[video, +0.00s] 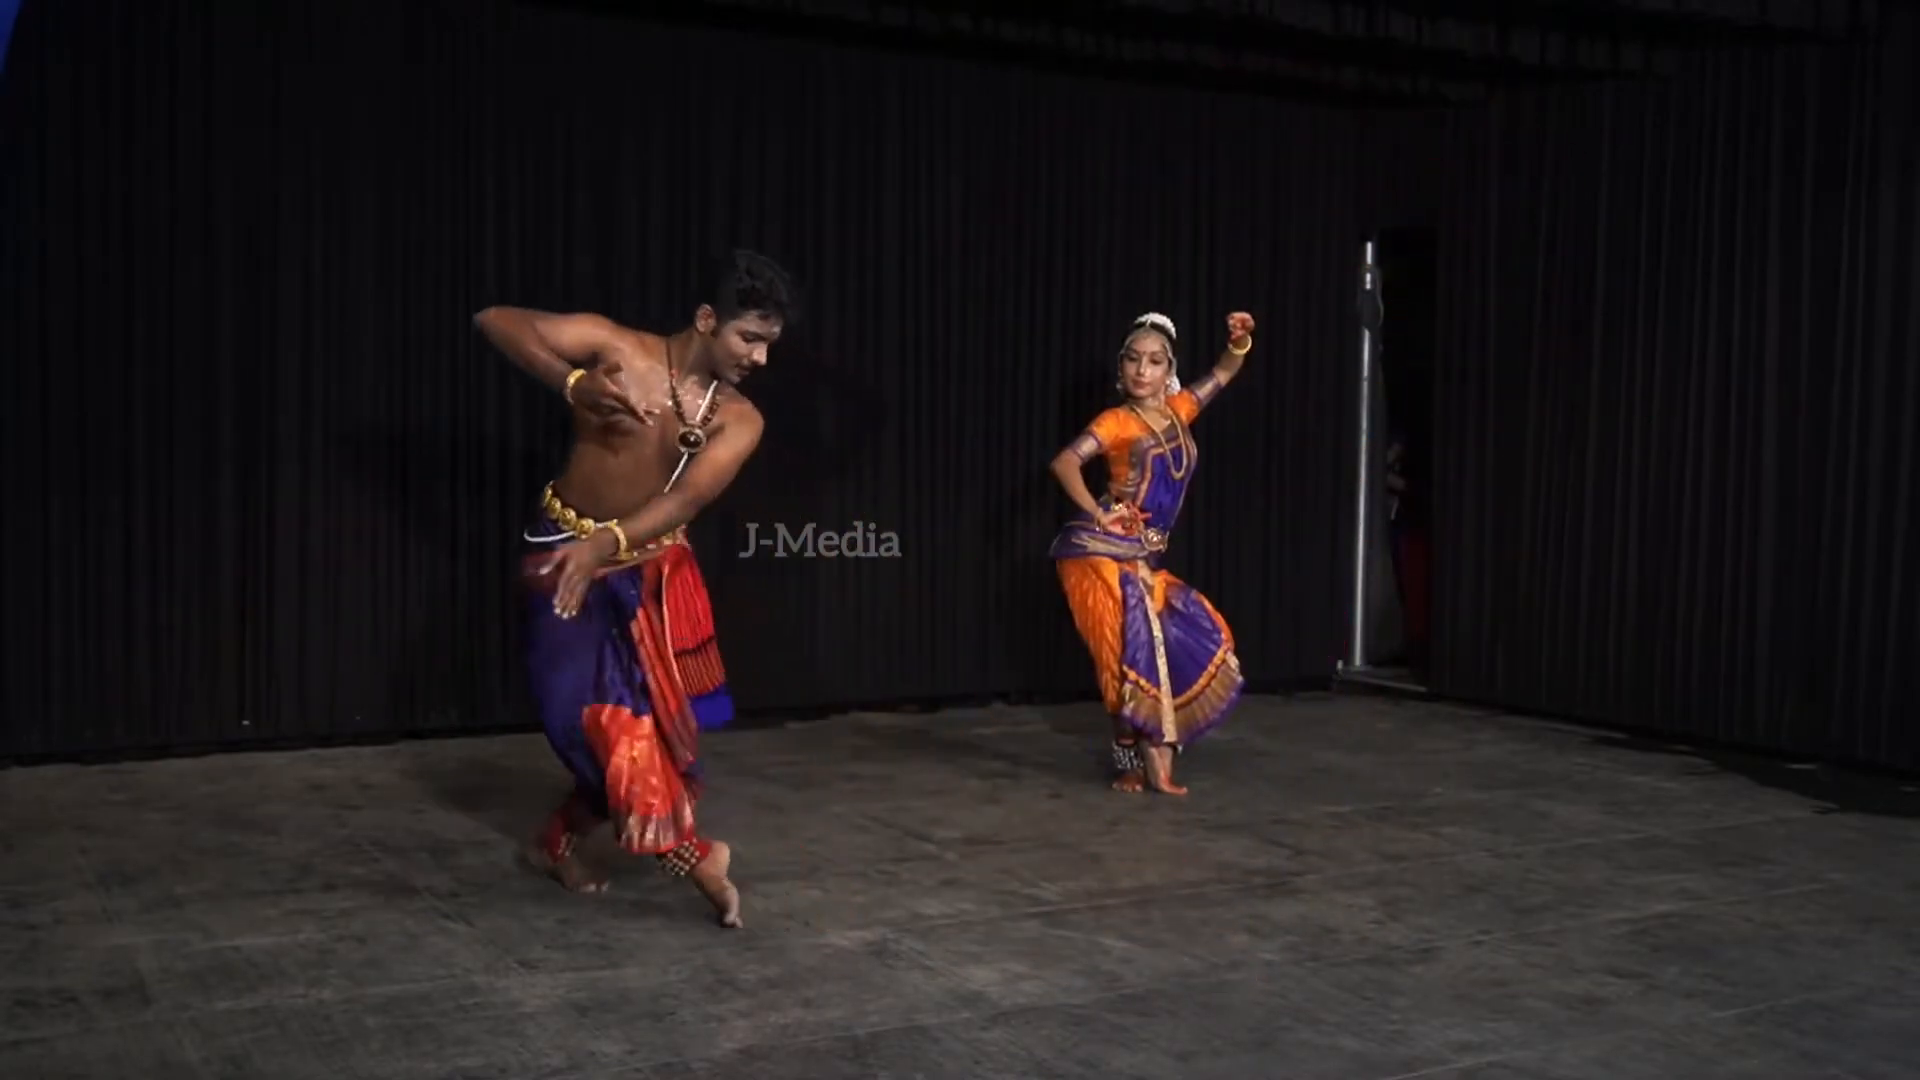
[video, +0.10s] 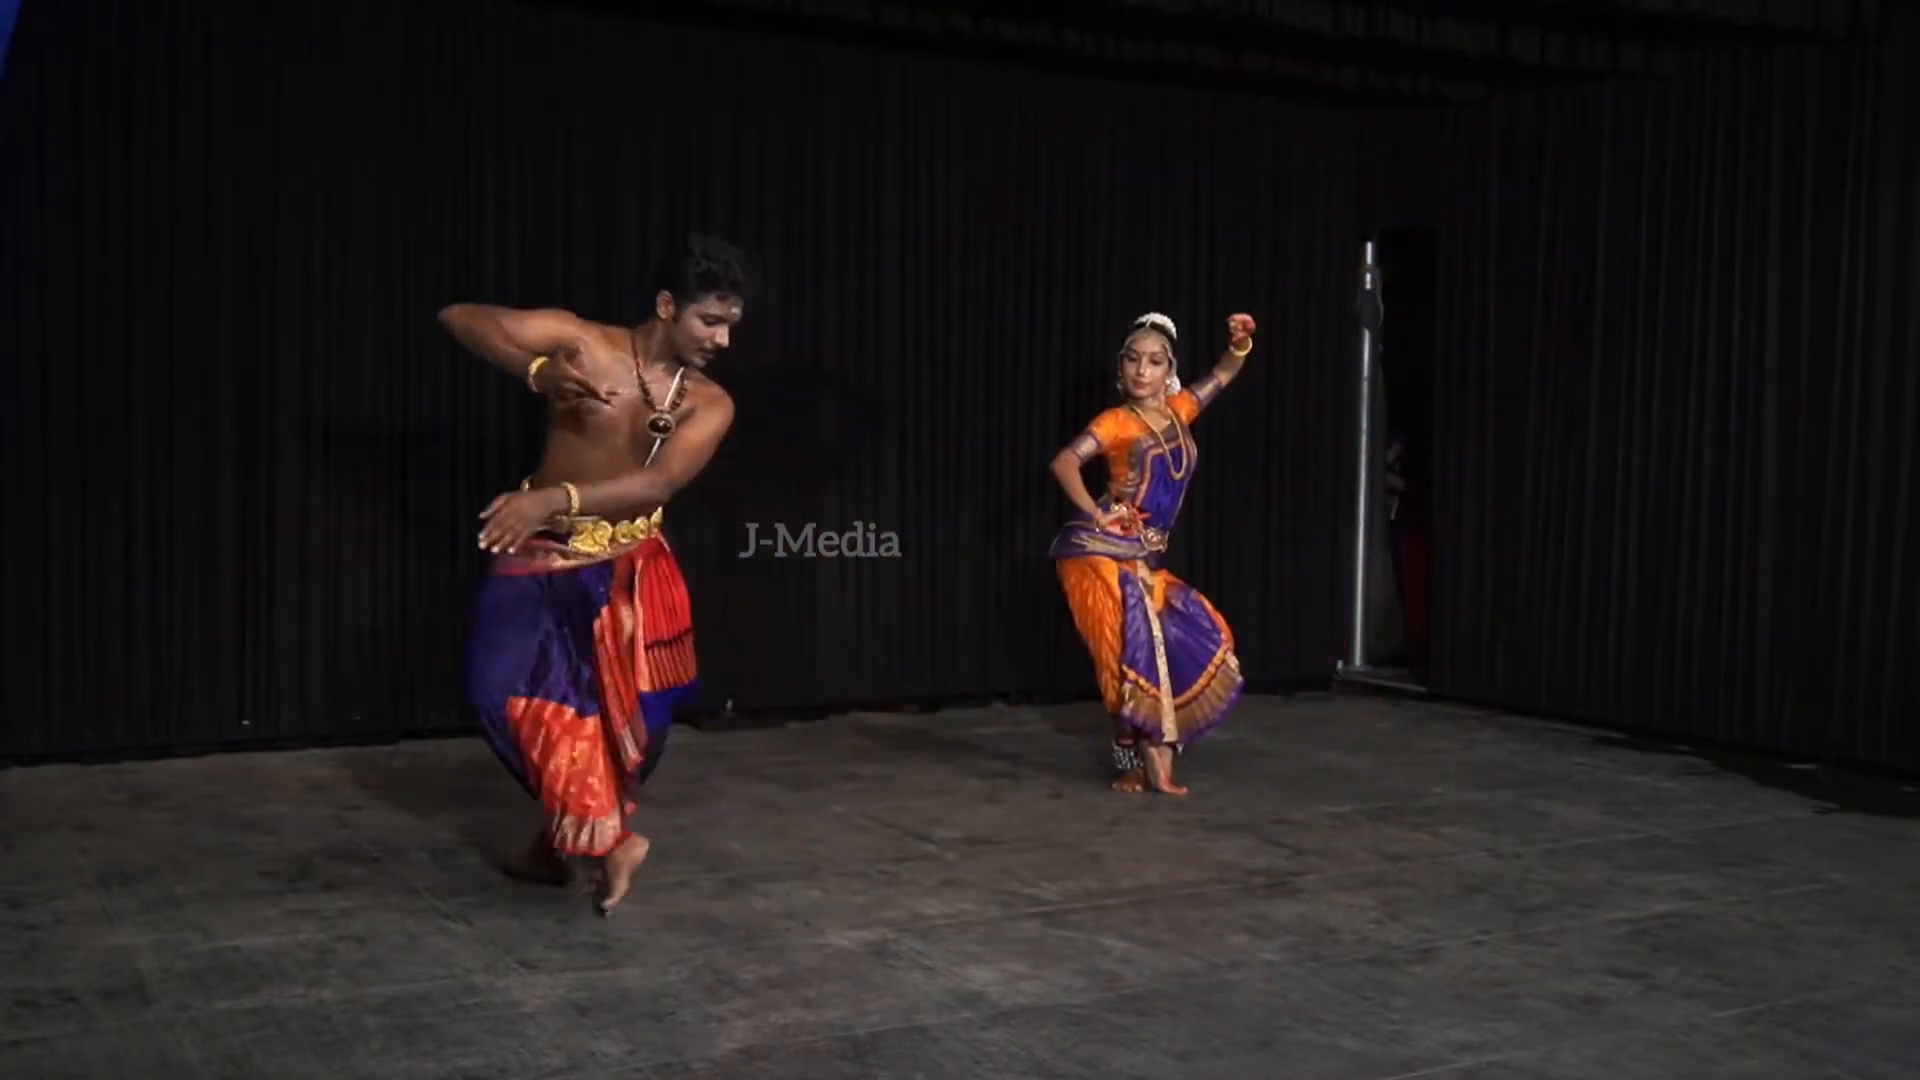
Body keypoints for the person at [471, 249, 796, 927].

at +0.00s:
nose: (759, 356)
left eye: (769, 344)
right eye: (750, 338)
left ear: (773, 346)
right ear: (705, 320)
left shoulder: (740, 420)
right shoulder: (618, 348)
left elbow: (686, 497)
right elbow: (497, 322)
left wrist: (603, 545)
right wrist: (570, 382)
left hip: (654, 565)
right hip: (569, 554)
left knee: (655, 715)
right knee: (574, 710)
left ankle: (564, 833)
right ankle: (695, 855)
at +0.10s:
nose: (721, 339)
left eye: (730, 326)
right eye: (711, 321)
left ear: (734, 328)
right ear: (665, 306)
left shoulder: (710, 405)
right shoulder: (584, 342)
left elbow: (659, 482)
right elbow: (459, 317)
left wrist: (554, 501)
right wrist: (533, 368)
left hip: (628, 570)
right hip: (539, 558)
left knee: (618, 713)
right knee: (501, 686)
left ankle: (553, 841)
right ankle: (613, 839)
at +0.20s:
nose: (688, 323)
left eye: (697, 309)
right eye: (677, 305)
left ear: (702, 310)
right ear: (632, 292)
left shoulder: (682, 391)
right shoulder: (551, 333)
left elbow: (634, 466)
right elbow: (426, 313)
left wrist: (525, 464)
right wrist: (499, 359)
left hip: (609, 558)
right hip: (518, 548)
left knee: (616, 703)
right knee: (455, 670)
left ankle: (563, 845)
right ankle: (520, 828)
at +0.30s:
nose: (657, 307)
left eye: (665, 293)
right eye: (646, 289)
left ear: (669, 295)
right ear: (600, 278)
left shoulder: (653, 375)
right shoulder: (521, 325)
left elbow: (611, 448)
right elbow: (394, 304)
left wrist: (495, 441)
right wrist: (465, 352)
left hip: (589, 549)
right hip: (497, 540)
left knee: (614, 706)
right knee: (425, 665)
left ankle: (559, 843)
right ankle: (475, 809)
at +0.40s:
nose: (624, 294)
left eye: (633, 281)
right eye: (612, 277)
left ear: (637, 283)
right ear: (566, 268)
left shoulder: (625, 364)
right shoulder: (490, 318)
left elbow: (583, 435)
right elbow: (363, 298)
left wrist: (466, 430)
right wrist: (430, 345)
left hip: (564, 539)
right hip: (470, 534)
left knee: (602, 690)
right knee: (422, 675)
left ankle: (558, 842)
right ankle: (452, 837)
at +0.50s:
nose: (596, 288)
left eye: (602, 274)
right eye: (582, 271)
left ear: (603, 278)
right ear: (535, 267)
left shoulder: (597, 360)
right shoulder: (461, 320)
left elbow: (558, 430)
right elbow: (332, 300)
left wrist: (442, 428)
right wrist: (399, 341)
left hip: (529, 543)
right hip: (435, 537)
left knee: (606, 643)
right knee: (411, 686)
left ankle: (559, 806)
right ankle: (450, 839)